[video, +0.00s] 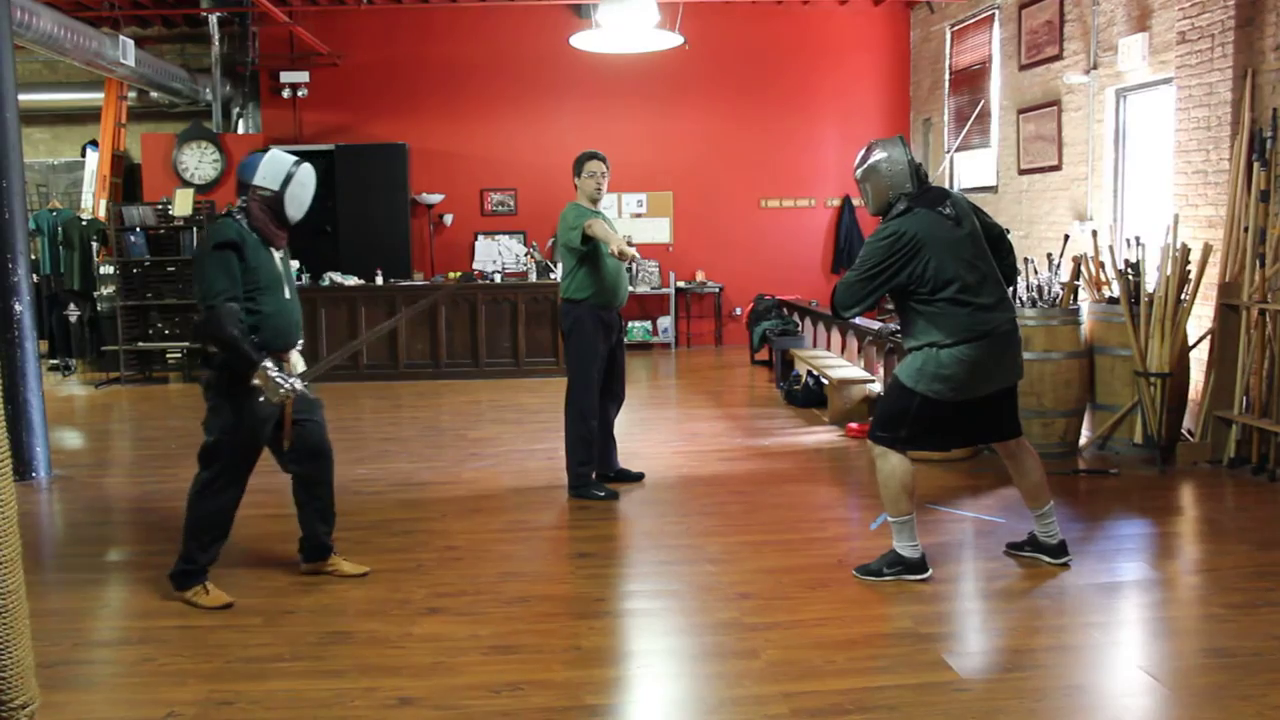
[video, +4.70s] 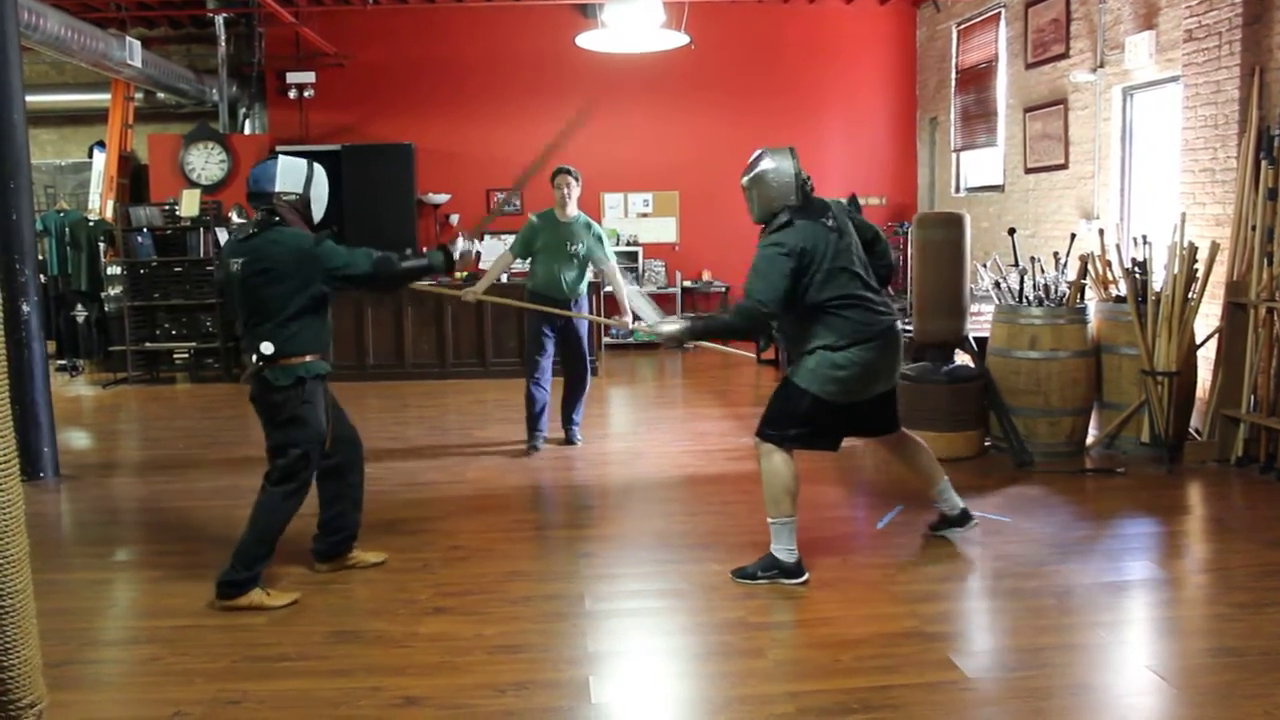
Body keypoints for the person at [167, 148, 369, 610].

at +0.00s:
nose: (295, 210)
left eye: (295, 201)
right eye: (291, 199)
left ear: (270, 193)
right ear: (269, 191)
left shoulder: (270, 237)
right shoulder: (226, 235)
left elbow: (277, 301)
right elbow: (220, 314)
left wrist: (290, 351)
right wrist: (258, 366)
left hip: (282, 371)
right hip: (240, 377)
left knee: (313, 455)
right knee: (222, 474)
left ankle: (318, 554)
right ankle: (189, 577)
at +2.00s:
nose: (294, 209)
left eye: (294, 199)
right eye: (290, 198)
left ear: (258, 193)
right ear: (267, 194)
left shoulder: (262, 242)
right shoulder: (229, 246)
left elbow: (272, 310)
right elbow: (219, 333)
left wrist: (294, 357)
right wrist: (259, 386)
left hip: (287, 376)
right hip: (252, 381)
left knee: (327, 457)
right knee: (236, 482)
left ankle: (332, 555)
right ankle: (190, 586)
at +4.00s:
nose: (331, 206)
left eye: (331, 197)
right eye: (327, 196)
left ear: (295, 194)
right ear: (303, 193)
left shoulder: (299, 242)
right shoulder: (264, 241)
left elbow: (304, 308)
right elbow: (253, 324)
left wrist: (323, 354)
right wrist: (285, 379)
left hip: (313, 371)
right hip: (282, 375)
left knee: (344, 460)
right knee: (273, 473)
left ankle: (335, 554)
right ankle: (204, 575)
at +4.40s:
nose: (337, 219)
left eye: (336, 211)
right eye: (332, 209)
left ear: (304, 204)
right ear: (310, 203)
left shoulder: (305, 245)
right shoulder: (284, 243)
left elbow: (311, 315)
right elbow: (291, 317)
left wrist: (343, 357)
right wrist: (344, 350)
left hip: (319, 374)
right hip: (293, 377)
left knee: (354, 455)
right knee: (305, 472)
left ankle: (338, 553)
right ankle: (247, 581)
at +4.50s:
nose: (333, 209)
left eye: (332, 200)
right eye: (329, 199)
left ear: (289, 196)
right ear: (308, 195)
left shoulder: (270, 240)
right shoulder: (294, 243)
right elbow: (332, 304)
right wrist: (398, 311)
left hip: (306, 371)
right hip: (295, 374)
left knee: (350, 456)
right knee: (307, 469)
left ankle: (338, 554)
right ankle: (241, 579)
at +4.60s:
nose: (319, 202)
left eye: (317, 193)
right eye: (314, 193)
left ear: (270, 196)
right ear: (294, 194)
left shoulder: (246, 247)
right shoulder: (301, 245)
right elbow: (369, 284)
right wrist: (435, 281)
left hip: (297, 376)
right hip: (298, 379)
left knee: (345, 456)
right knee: (299, 473)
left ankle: (337, 553)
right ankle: (240, 584)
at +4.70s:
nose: (313, 209)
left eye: (311, 201)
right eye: (308, 201)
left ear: (265, 203)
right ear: (288, 202)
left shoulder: (237, 252)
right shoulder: (301, 248)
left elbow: (234, 322)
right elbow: (369, 266)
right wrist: (434, 260)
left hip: (282, 380)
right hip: (296, 381)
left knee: (344, 451)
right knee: (290, 477)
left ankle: (334, 549)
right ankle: (237, 585)